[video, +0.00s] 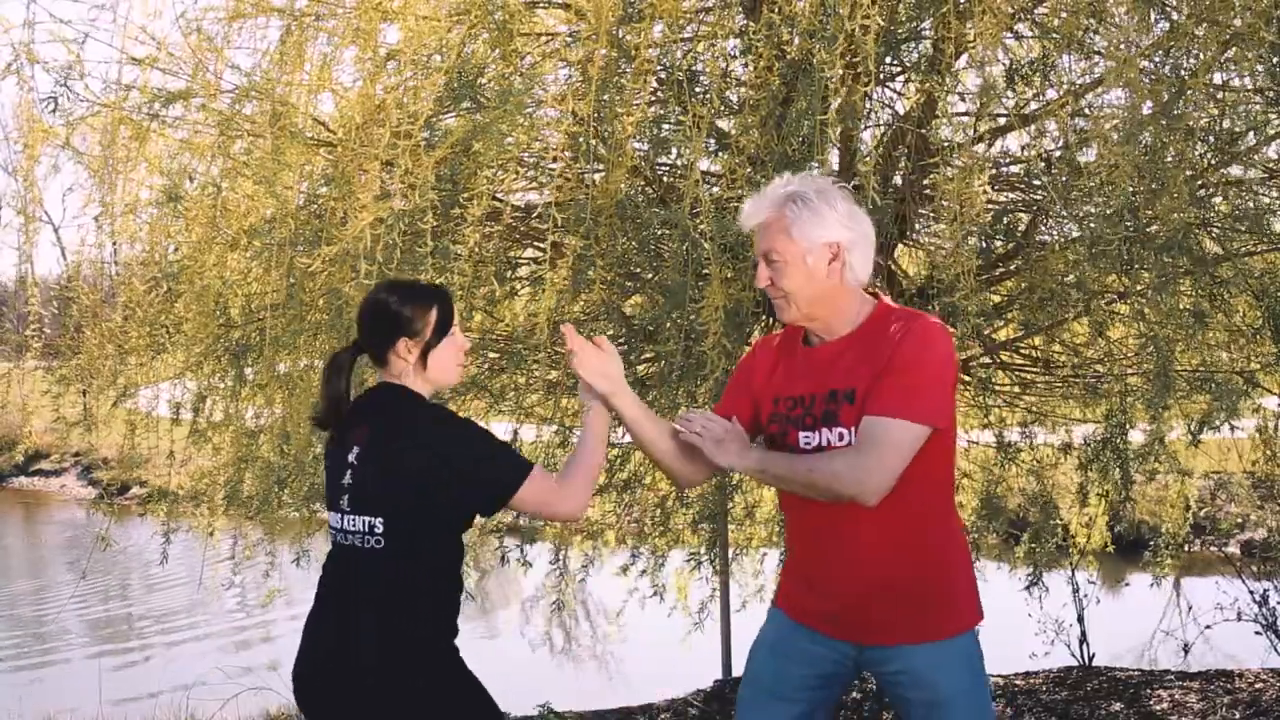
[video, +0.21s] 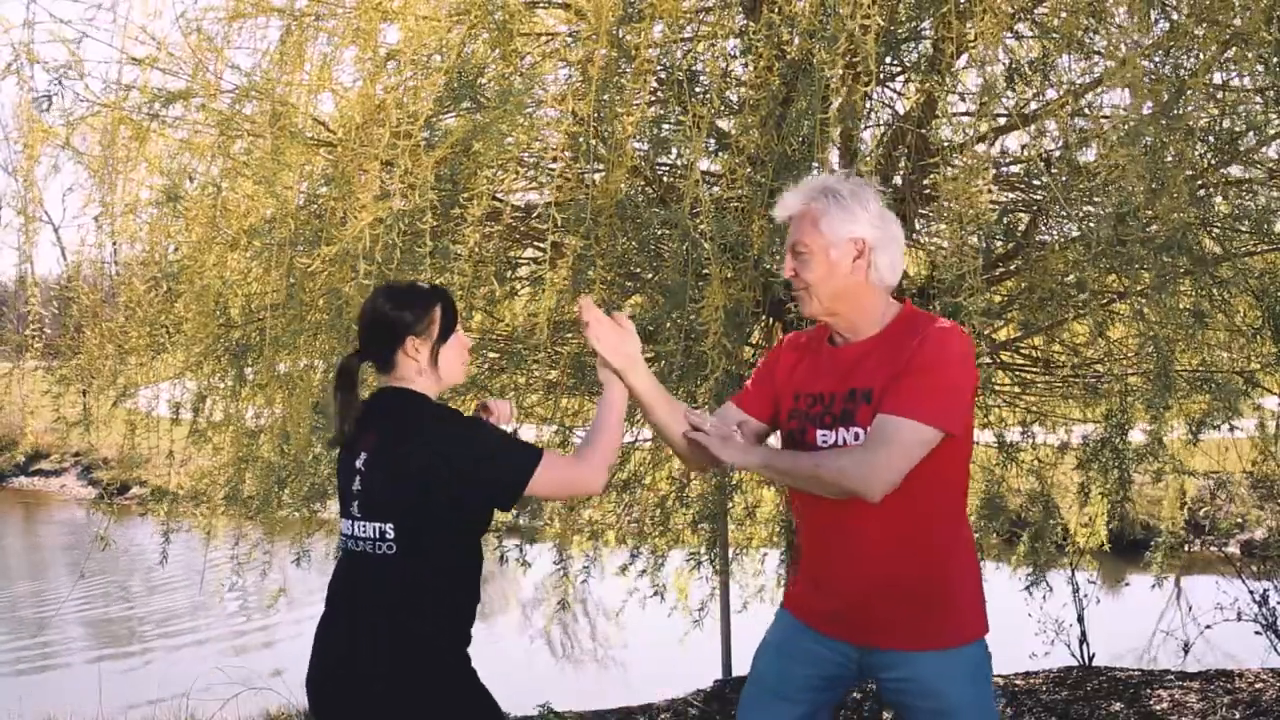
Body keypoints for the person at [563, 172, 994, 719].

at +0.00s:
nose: (760, 280)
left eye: (773, 261)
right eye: (759, 263)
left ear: (832, 258)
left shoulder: (918, 340)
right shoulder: (769, 357)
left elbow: (865, 477)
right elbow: (691, 465)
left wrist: (749, 457)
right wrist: (617, 392)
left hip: (926, 628)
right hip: (804, 622)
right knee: (756, 713)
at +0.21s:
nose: (786, 270)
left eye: (800, 254)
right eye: (788, 254)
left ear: (858, 254)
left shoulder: (939, 346)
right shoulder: (793, 356)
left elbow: (871, 473)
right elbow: (707, 451)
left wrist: (752, 454)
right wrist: (634, 369)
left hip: (931, 637)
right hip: (810, 626)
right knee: (755, 711)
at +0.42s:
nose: (827, 264)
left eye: (844, 249)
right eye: (830, 248)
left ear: (903, 256)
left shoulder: (971, 348)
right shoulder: (822, 348)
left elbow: (893, 467)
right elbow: (718, 425)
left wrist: (778, 443)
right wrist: (637, 356)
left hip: (945, 637)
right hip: (826, 626)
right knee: (776, 711)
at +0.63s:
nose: (834, 270)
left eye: (850, 254)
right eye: (835, 253)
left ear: (910, 259)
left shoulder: (977, 351)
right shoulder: (827, 348)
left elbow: (891, 463)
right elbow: (720, 411)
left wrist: (774, 439)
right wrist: (617, 356)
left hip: (947, 639)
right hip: (827, 623)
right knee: (769, 712)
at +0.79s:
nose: (793, 308)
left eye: (810, 294)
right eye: (796, 290)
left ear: (875, 302)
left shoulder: (939, 365)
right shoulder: (790, 359)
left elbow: (857, 483)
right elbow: (679, 423)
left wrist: (710, 515)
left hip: (930, 646)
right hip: (805, 635)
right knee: (744, 710)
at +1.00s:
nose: (765, 402)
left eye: (780, 390)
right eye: (765, 384)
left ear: (845, 398)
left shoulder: (923, 436)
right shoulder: (764, 425)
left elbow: (847, 572)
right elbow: (660, 506)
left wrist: (754, 493)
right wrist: (557, 589)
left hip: (916, 657)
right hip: (795, 645)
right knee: (711, 713)